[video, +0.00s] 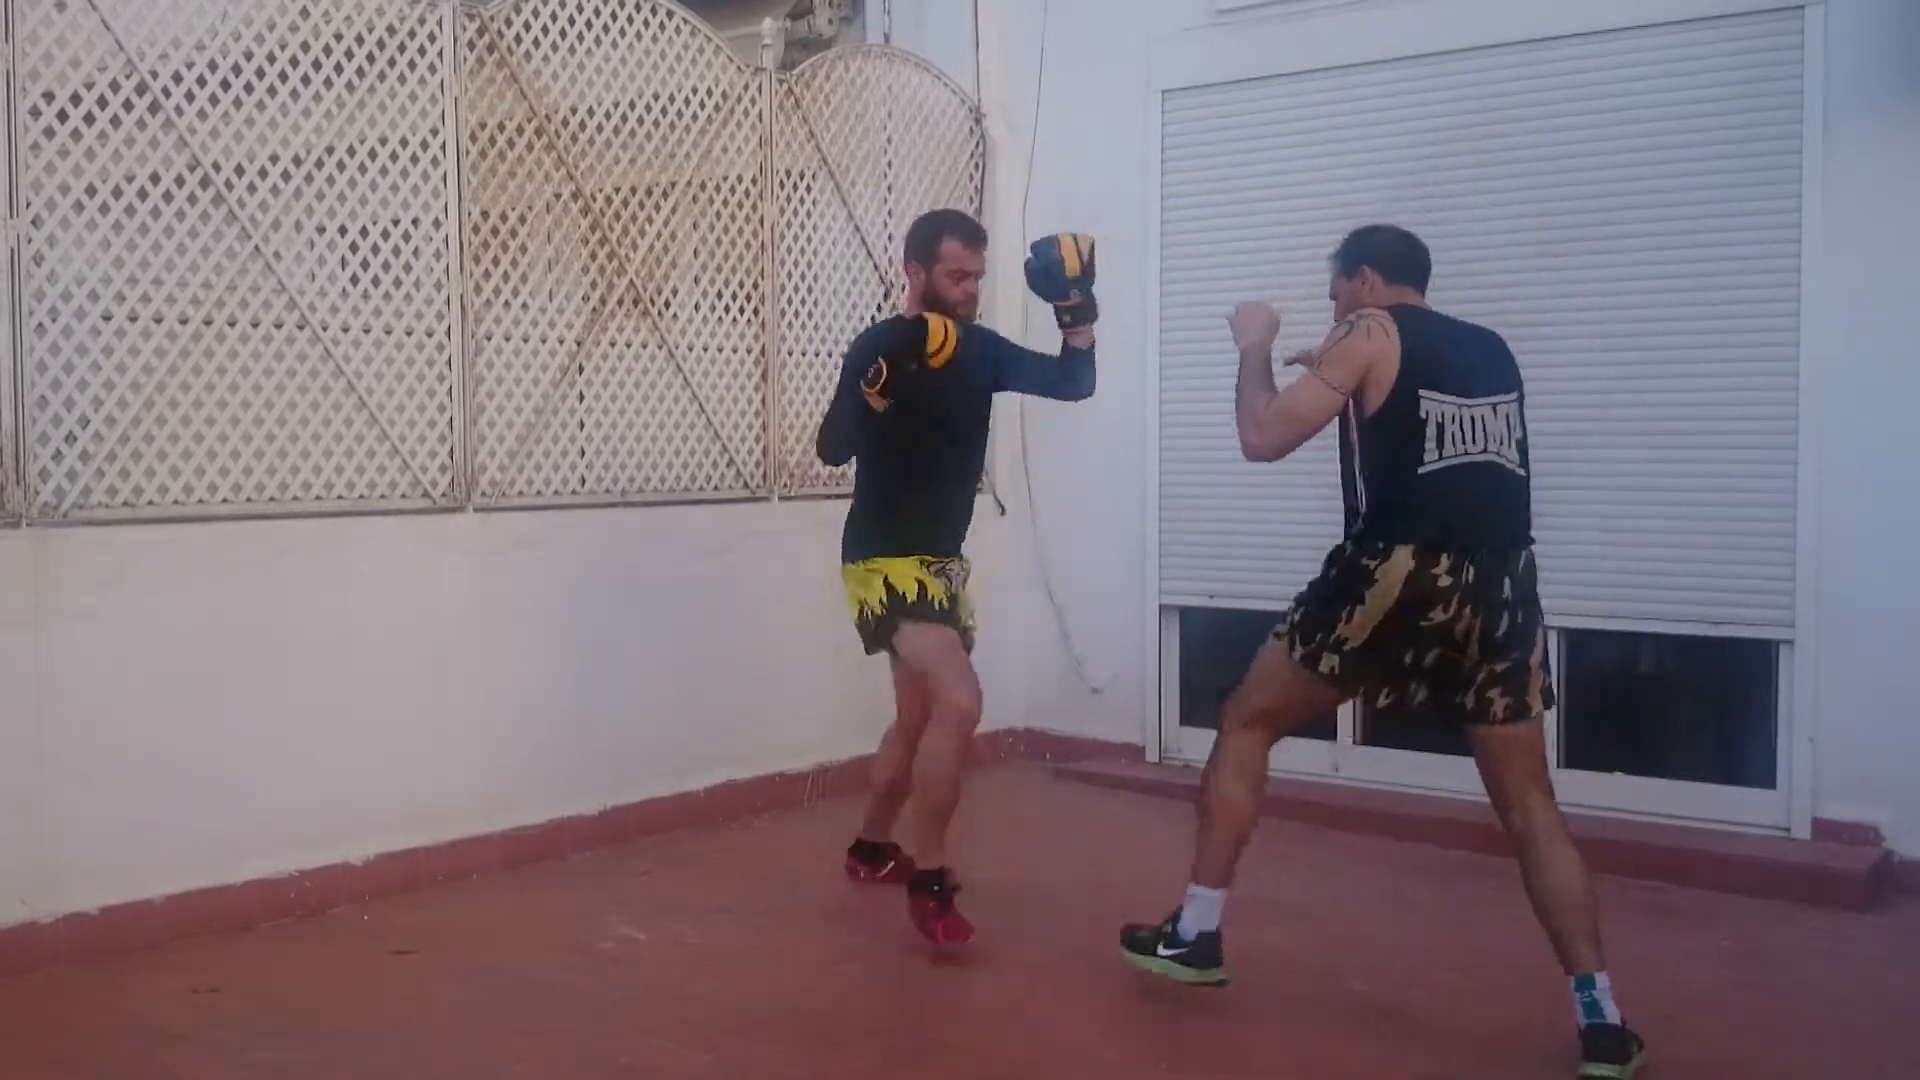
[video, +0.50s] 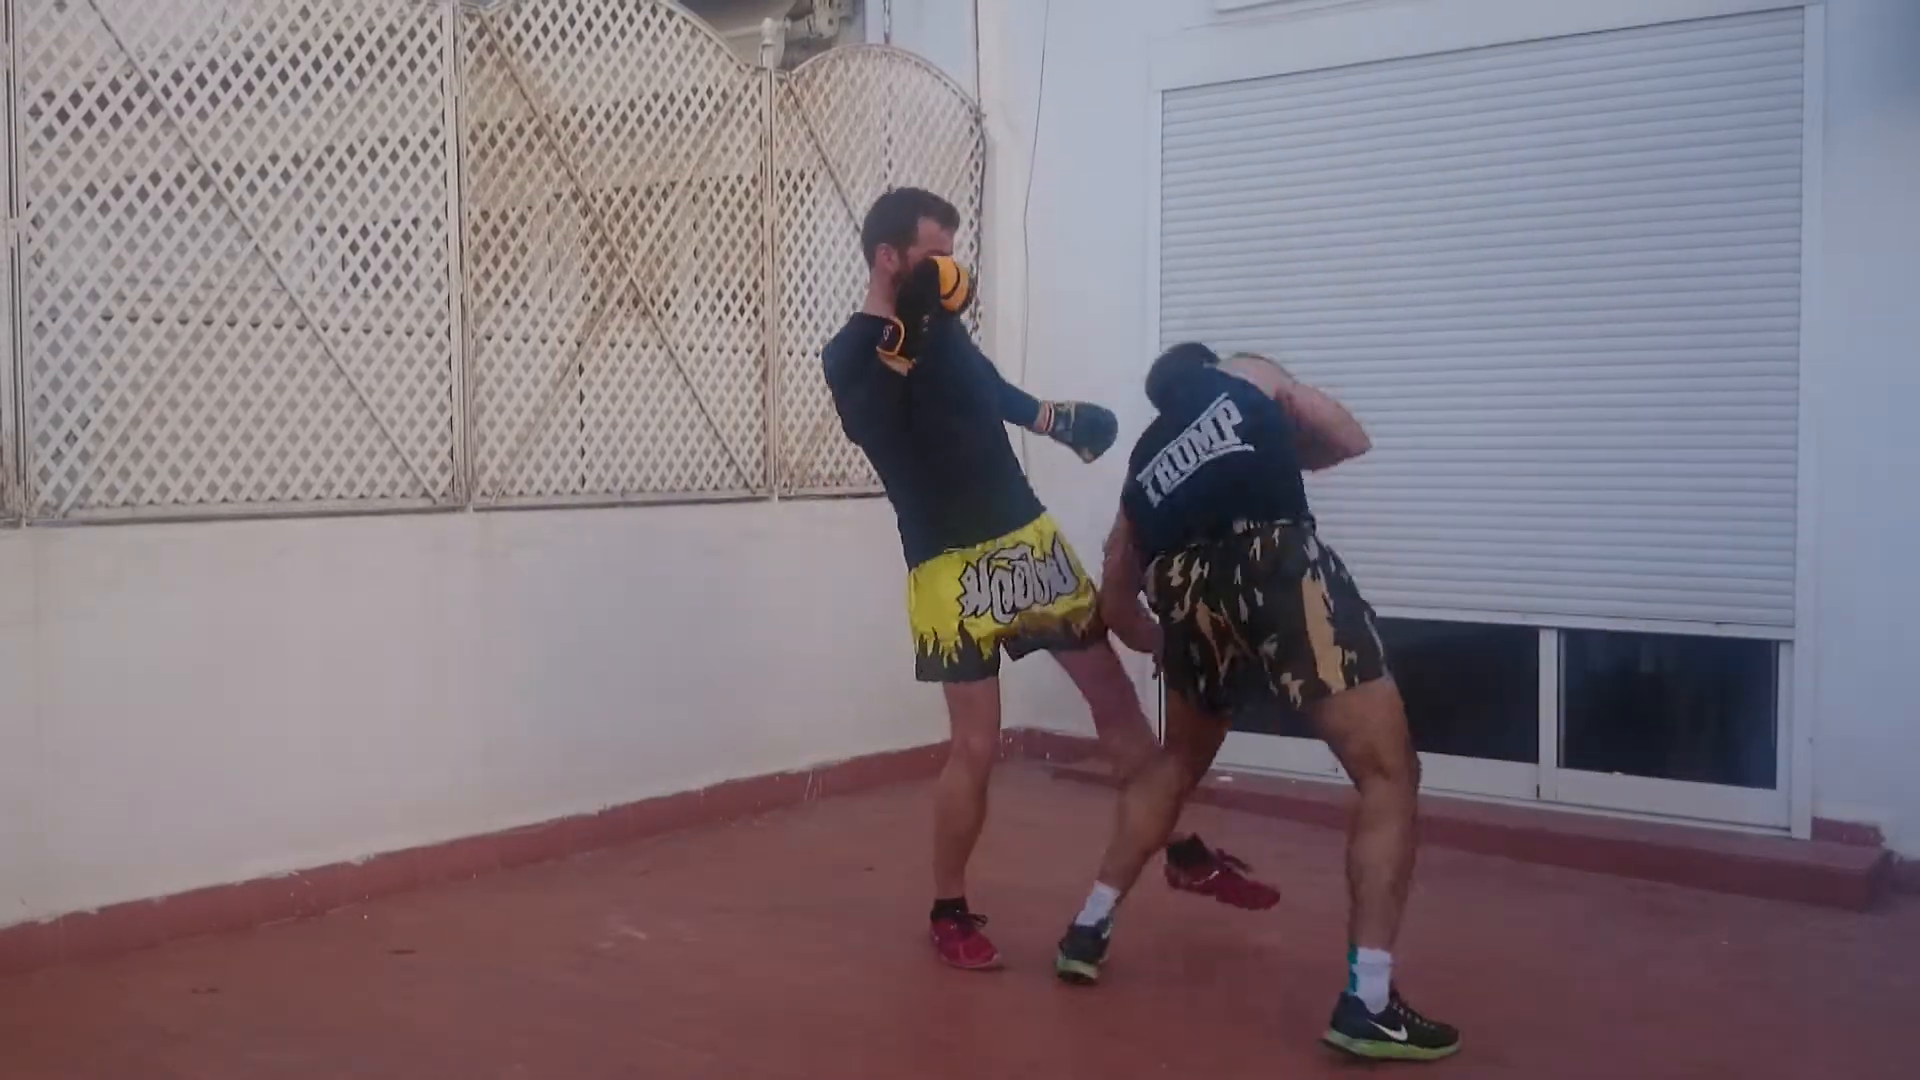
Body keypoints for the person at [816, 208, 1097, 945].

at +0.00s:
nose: (970, 289)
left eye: (977, 276)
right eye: (957, 276)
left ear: (981, 276)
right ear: (914, 274)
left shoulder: (985, 350)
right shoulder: (877, 348)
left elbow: (1073, 379)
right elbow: (833, 447)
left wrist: (1075, 314)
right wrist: (876, 385)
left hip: (942, 557)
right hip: (884, 554)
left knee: (915, 721)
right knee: (959, 701)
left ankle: (872, 849)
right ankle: (928, 877)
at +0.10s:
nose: (965, 284)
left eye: (971, 272)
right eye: (952, 271)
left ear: (972, 273)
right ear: (907, 269)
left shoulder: (974, 348)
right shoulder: (866, 345)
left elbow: (1060, 374)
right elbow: (807, 451)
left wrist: (1098, 312)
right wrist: (849, 381)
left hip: (971, 555)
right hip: (904, 562)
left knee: (1003, 718)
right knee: (967, 730)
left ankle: (917, 814)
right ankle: (950, 908)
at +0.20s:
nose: (950, 283)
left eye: (957, 270)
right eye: (939, 268)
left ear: (955, 273)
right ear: (891, 263)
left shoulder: (954, 339)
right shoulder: (851, 350)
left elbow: (1014, 370)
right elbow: (840, 436)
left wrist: (1106, 356)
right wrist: (881, 364)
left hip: (996, 541)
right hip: (920, 562)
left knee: (1088, 690)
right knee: (969, 736)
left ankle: (1028, 798)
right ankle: (949, 911)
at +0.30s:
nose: (948, 275)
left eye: (953, 262)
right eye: (937, 260)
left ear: (946, 263)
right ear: (890, 256)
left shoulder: (943, 331)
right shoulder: (846, 348)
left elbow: (984, 387)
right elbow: (872, 431)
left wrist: (1035, 404)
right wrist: (920, 334)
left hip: (1015, 529)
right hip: (935, 556)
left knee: (1124, 668)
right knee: (968, 740)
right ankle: (949, 911)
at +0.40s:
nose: (945, 266)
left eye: (950, 254)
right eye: (934, 252)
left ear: (943, 254)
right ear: (887, 249)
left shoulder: (943, 330)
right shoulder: (848, 343)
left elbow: (983, 417)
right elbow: (859, 431)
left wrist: (1034, 435)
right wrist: (904, 337)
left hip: (1028, 530)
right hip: (947, 553)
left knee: (1116, 685)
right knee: (968, 742)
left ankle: (1218, 833)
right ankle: (947, 911)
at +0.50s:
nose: (943, 271)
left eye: (947, 258)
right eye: (931, 257)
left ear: (932, 260)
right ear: (883, 257)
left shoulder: (940, 328)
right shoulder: (848, 350)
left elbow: (991, 391)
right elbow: (871, 429)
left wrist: (1050, 418)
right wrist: (896, 348)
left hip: (1027, 532)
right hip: (951, 558)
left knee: (1111, 690)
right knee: (976, 744)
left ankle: (1180, 852)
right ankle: (949, 911)